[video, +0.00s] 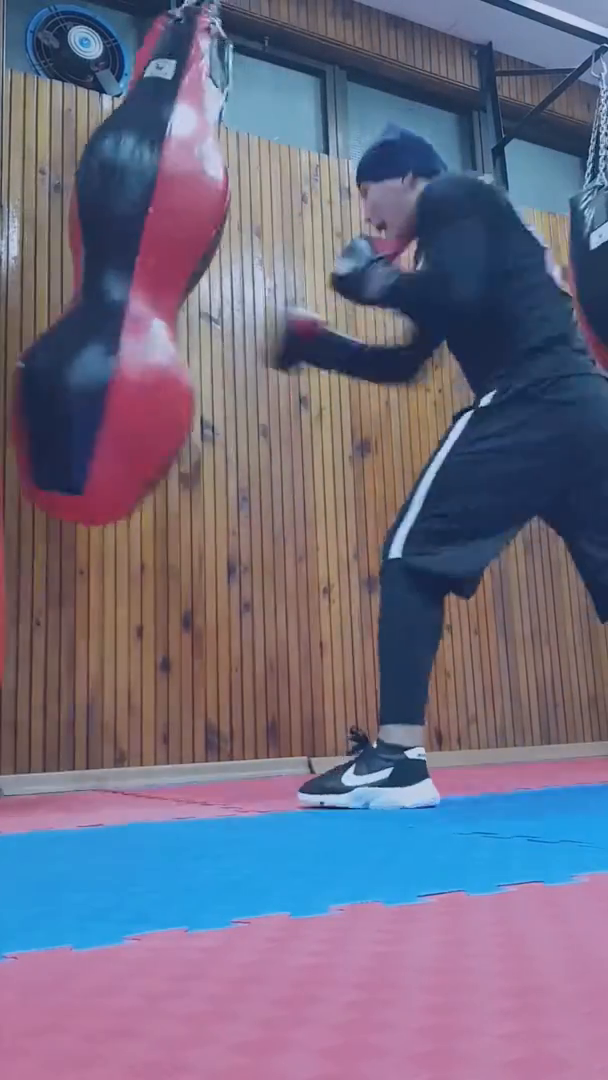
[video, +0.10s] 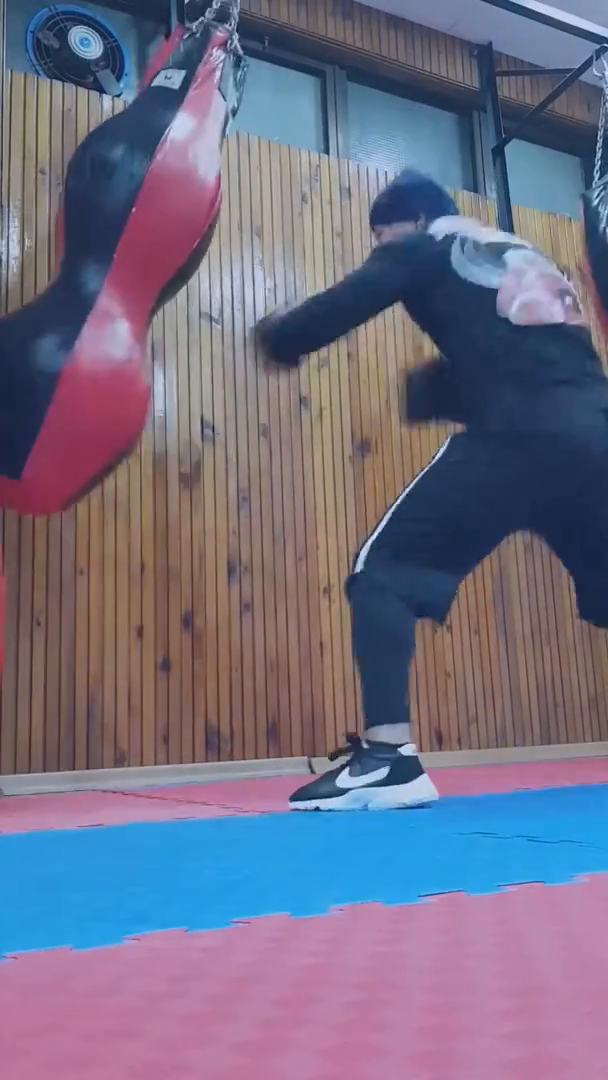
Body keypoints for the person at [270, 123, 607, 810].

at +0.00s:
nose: (369, 216)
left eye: (374, 196)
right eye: (364, 201)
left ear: (411, 179)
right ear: (409, 189)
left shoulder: (452, 193)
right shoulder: (454, 238)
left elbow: (456, 292)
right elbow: (403, 365)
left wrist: (379, 281)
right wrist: (316, 343)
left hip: (529, 407)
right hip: (583, 407)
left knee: (411, 560)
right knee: (602, 582)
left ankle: (397, 754)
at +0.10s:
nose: (381, 247)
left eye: (385, 236)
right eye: (378, 237)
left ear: (410, 224)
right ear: (450, 217)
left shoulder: (415, 250)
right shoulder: (519, 254)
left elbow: (341, 305)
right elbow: (530, 380)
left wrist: (278, 338)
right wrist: (430, 392)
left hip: (511, 436)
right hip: (596, 438)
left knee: (380, 579)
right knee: (606, 604)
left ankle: (388, 752)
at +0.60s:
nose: (223, 185)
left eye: (228, 165)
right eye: (219, 171)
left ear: (269, 154)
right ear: (273, 162)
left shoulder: (326, 187)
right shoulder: (324, 217)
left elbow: (276, 280)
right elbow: (344, 348)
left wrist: (206, 239)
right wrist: (257, 310)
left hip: (421, 401)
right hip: (452, 403)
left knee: (318, 562)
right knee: (462, 590)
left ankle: (390, 750)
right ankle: (569, 733)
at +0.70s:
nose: (188, 153)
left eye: (191, 140)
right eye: (188, 142)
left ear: (213, 131)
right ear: (261, 121)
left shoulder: (233, 170)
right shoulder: (332, 170)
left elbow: (170, 288)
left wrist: (160, 204)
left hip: (364, 384)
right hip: (437, 377)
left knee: (291, 583)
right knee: (458, 563)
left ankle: (385, 753)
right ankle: (548, 722)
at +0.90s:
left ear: (161, 40)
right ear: (236, 26)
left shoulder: (139, 92)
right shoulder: (307, 74)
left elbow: (106, 225)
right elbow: (350, 218)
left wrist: (183, 191)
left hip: (197, 303)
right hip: (303, 290)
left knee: (223, 526)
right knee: (370, 498)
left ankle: (232, 731)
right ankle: (372, 668)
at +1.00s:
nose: (249, 33)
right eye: (239, 27)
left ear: (142, 54)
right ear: (221, 34)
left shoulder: (100, 120)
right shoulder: (255, 68)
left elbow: (66, 250)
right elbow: (328, 206)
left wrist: (156, 212)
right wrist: (240, 175)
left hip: (134, 336)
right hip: (224, 312)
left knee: (178, 556)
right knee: (322, 515)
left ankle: (97, 767)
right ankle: (177, 686)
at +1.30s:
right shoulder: (153, 1)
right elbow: (225, 83)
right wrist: (241, 29)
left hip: (10, 159)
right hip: (81, 162)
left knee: (19, 430)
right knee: (116, 408)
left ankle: (7, 711)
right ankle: (4, 653)